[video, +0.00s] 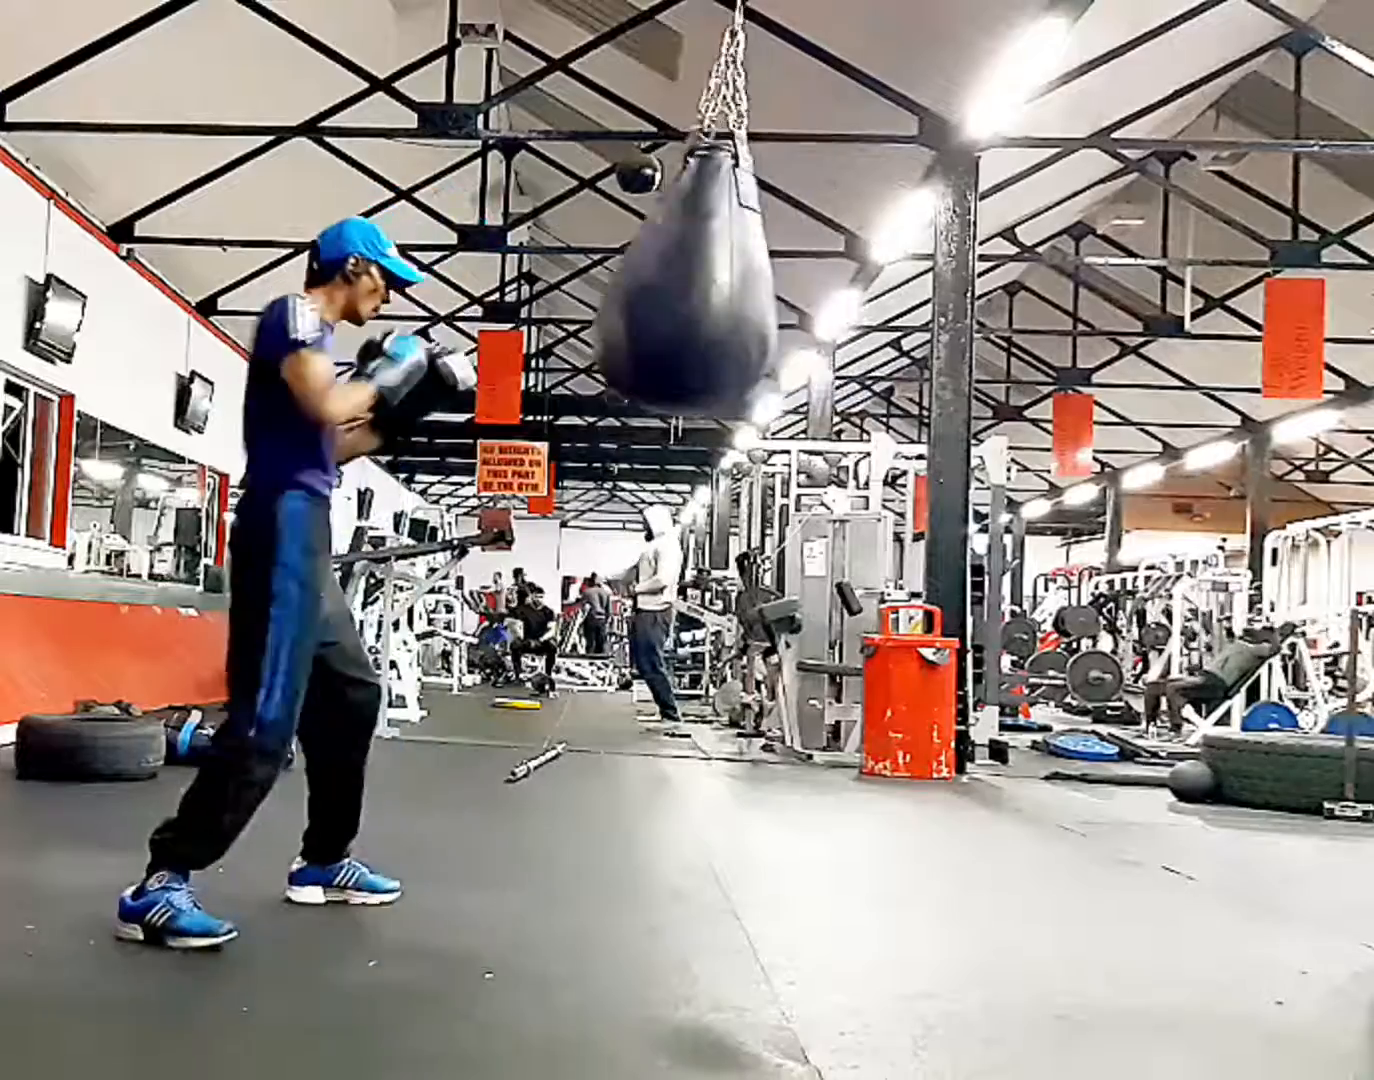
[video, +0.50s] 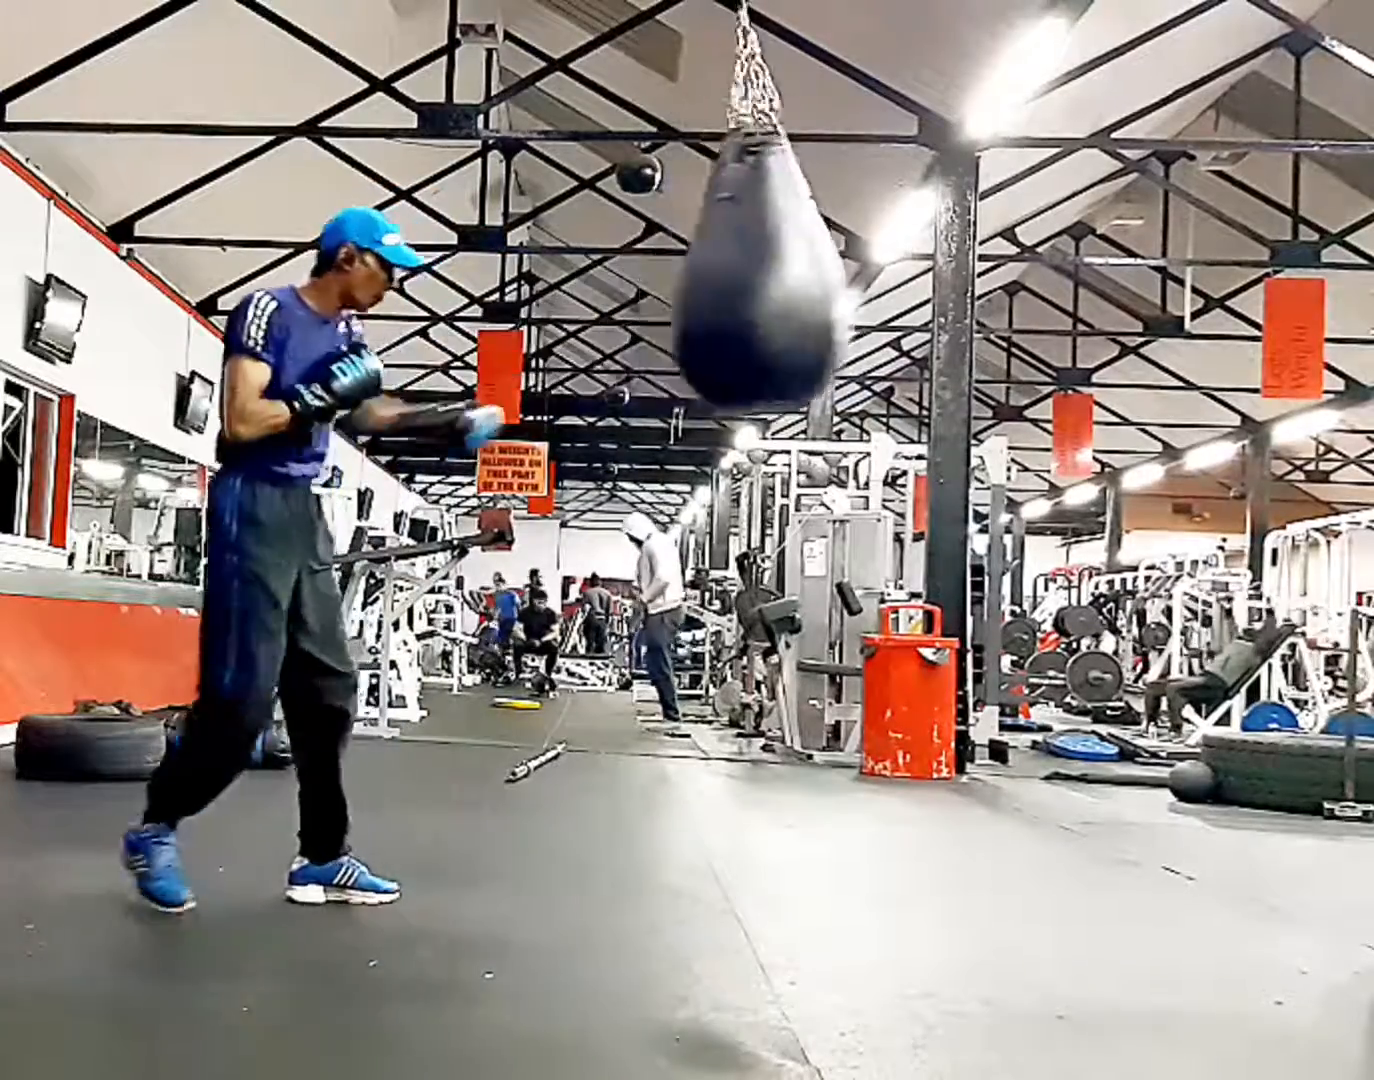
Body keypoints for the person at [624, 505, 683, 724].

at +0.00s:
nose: (643, 527)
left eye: (647, 523)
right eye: (644, 523)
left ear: (657, 523)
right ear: (657, 523)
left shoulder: (668, 546)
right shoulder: (652, 547)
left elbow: (663, 580)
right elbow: (633, 573)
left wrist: (636, 589)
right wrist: (609, 580)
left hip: (656, 609)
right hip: (643, 608)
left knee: (652, 663)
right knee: (643, 664)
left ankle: (670, 712)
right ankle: (666, 709)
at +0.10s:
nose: (641, 526)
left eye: (643, 523)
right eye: (642, 522)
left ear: (652, 523)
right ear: (657, 522)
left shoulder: (665, 545)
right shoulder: (649, 546)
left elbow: (663, 579)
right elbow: (639, 578)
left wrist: (635, 591)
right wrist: (622, 589)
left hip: (656, 608)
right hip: (644, 607)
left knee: (652, 662)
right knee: (645, 662)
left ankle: (670, 711)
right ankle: (666, 709)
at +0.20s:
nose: (640, 529)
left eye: (641, 525)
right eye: (640, 525)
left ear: (649, 524)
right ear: (657, 522)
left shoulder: (663, 544)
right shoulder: (653, 544)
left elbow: (662, 578)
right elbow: (652, 577)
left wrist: (639, 589)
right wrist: (636, 591)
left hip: (658, 608)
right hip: (647, 607)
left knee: (653, 661)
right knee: (646, 660)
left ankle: (670, 711)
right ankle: (667, 708)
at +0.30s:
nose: (634, 534)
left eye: (635, 530)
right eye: (633, 530)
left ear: (642, 528)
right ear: (651, 524)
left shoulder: (659, 544)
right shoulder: (650, 546)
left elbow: (663, 577)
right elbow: (655, 578)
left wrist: (641, 589)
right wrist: (638, 591)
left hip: (660, 608)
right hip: (650, 608)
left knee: (654, 661)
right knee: (647, 660)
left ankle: (670, 711)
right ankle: (667, 708)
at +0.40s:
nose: (632, 537)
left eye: (632, 533)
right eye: (630, 533)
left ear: (640, 529)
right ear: (646, 526)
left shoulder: (657, 544)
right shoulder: (652, 544)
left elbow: (663, 577)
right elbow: (658, 577)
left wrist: (641, 592)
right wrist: (639, 589)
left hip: (662, 608)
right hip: (654, 608)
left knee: (657, 661)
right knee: (654, 661)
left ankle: (671, 712)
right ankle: (669, 710)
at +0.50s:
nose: (630, 541)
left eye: (630, 536)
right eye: (629, 537)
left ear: (637, 532)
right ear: (644, 528)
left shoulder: (656, 544)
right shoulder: (652, 545)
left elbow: (663, 577)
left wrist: (644, 598)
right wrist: (640, 593)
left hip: (663, 610)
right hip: (657, 609)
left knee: (659, 662)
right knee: (657, 662)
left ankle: (671, 713)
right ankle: (669, 711)